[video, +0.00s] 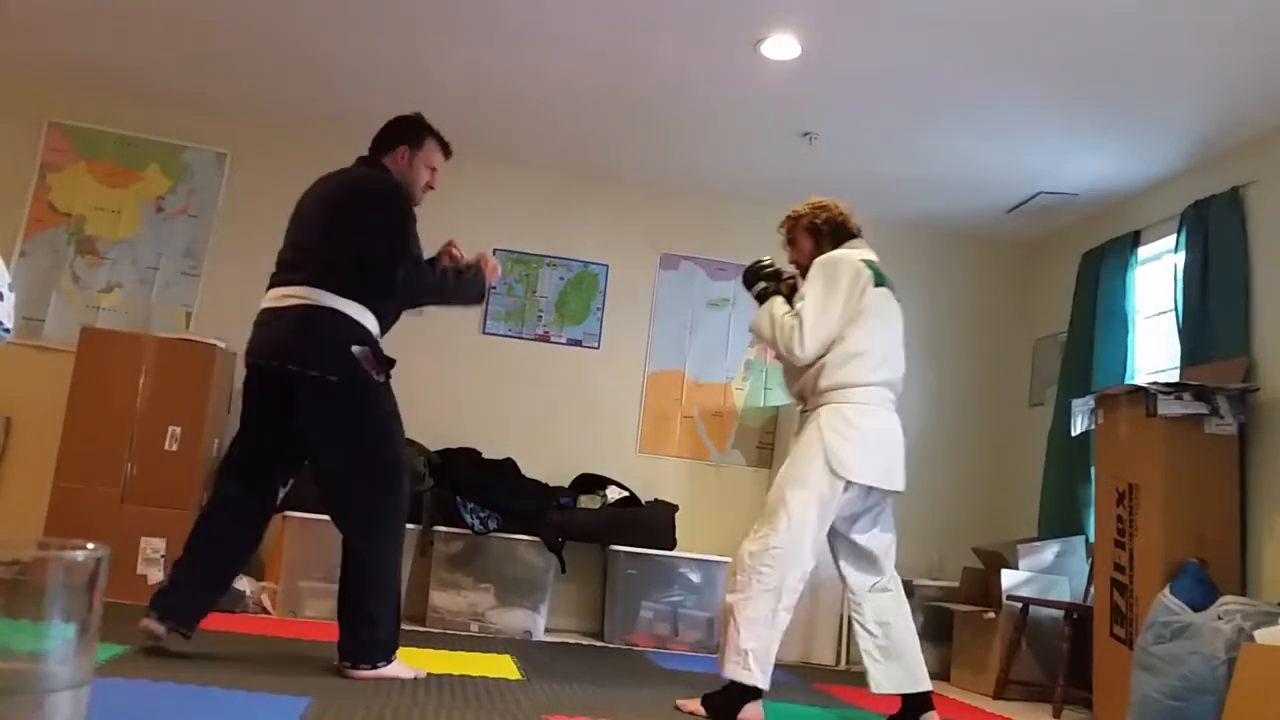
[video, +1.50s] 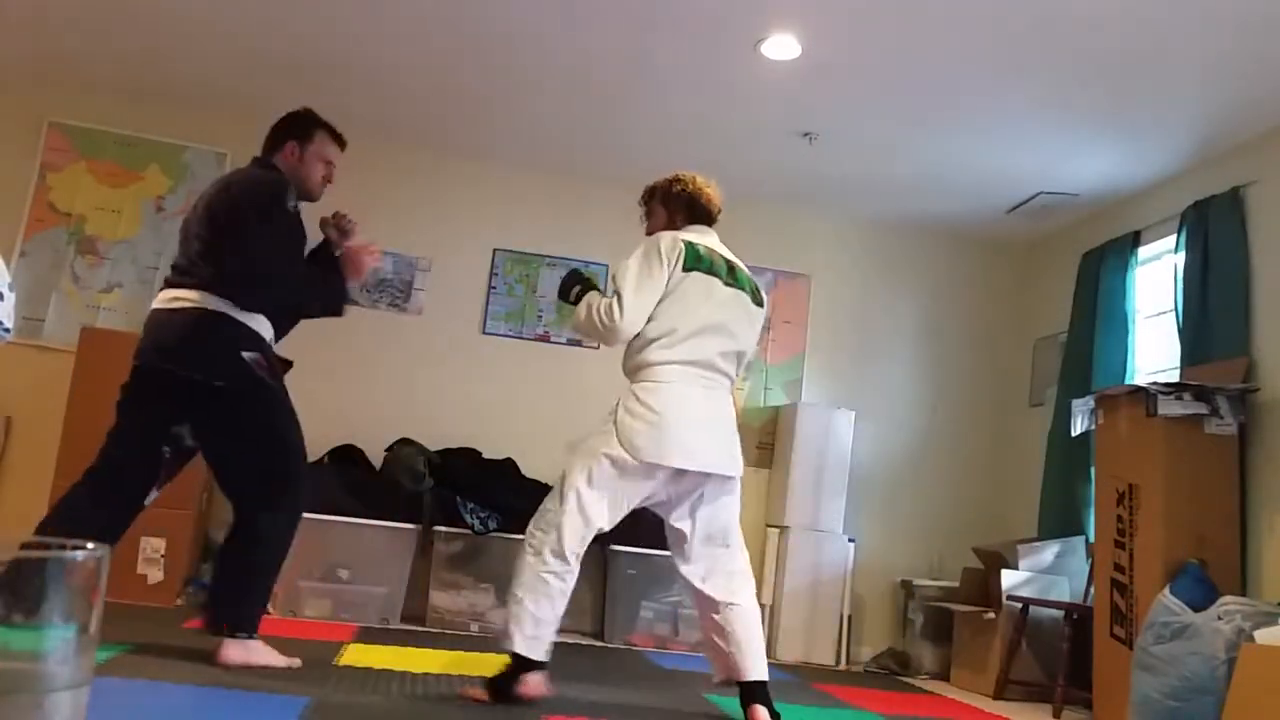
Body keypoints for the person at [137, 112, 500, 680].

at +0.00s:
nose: (432, 184)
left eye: (438, 173)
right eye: (431, 169)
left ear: (385, 155)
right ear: (401, 155)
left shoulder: (323, 188)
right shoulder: (388, 195)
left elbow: (361, 280)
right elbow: (404, 282)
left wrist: (430, 267)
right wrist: (475, 279)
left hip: (272, 344)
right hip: (337, 355)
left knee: (248, 487)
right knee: (377, 505)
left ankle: (170, 616)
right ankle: (368, 654)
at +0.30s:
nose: (426, 194)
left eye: (429, 184)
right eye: (424, 179)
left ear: (377, 165)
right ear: (392, 165)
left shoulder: (316, 199)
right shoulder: (376, 202)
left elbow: (349, 292)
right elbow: (380, 292)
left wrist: (418, 264)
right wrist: (448, 277)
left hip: (264, 349)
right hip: (328, 354)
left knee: (228, 486)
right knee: (408, 481)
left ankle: (143, 626)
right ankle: (389, 634)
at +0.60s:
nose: (446, 195)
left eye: (449, 185)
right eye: (444, 181)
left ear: (402, 165)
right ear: (416, 166)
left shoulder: (338, 197)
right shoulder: (402, 204)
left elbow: (374, 283)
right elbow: (420, 286)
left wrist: (443, 258)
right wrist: (479, 268)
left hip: (282, 351)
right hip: (349, 360)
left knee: (234, 484)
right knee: (397, 498)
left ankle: (141, 617)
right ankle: (389, 654)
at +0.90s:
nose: (424, 201)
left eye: (427, 193)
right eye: (421, 190)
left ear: (371, 183)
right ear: (392, 180)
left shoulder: (315, 214)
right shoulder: (399, 219)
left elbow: (315, 297)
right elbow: (461, 270)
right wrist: (496, 226)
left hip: (251, 362)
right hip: (324, 372)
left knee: (191, 493)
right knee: (377, 511)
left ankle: (122, 613)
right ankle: (395, 652)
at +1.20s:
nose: (346, 187)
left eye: (349, 176)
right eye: (343, 173)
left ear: (289, 165)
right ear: (312, 164)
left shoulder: (235, 204)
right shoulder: (307, 210)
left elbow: (256, 280)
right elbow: (318, 291)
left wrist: (331, 253)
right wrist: (360, 274)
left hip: (193, 361)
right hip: (266, 369)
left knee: (131, 490)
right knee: (329, 505)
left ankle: (29, 599)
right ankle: (369, 642)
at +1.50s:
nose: (331, 179)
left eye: (335, 169)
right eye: (327, 164)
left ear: (286, 154)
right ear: (291, 152)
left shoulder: (227, 190)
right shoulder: (270, 193)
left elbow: (268, 298)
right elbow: (273, 289)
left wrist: (326, 249)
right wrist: (341, 274)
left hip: (164, 339)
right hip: (221, 348)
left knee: (117, 481)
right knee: (276, 489)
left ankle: (20, 597)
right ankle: (238, 634)